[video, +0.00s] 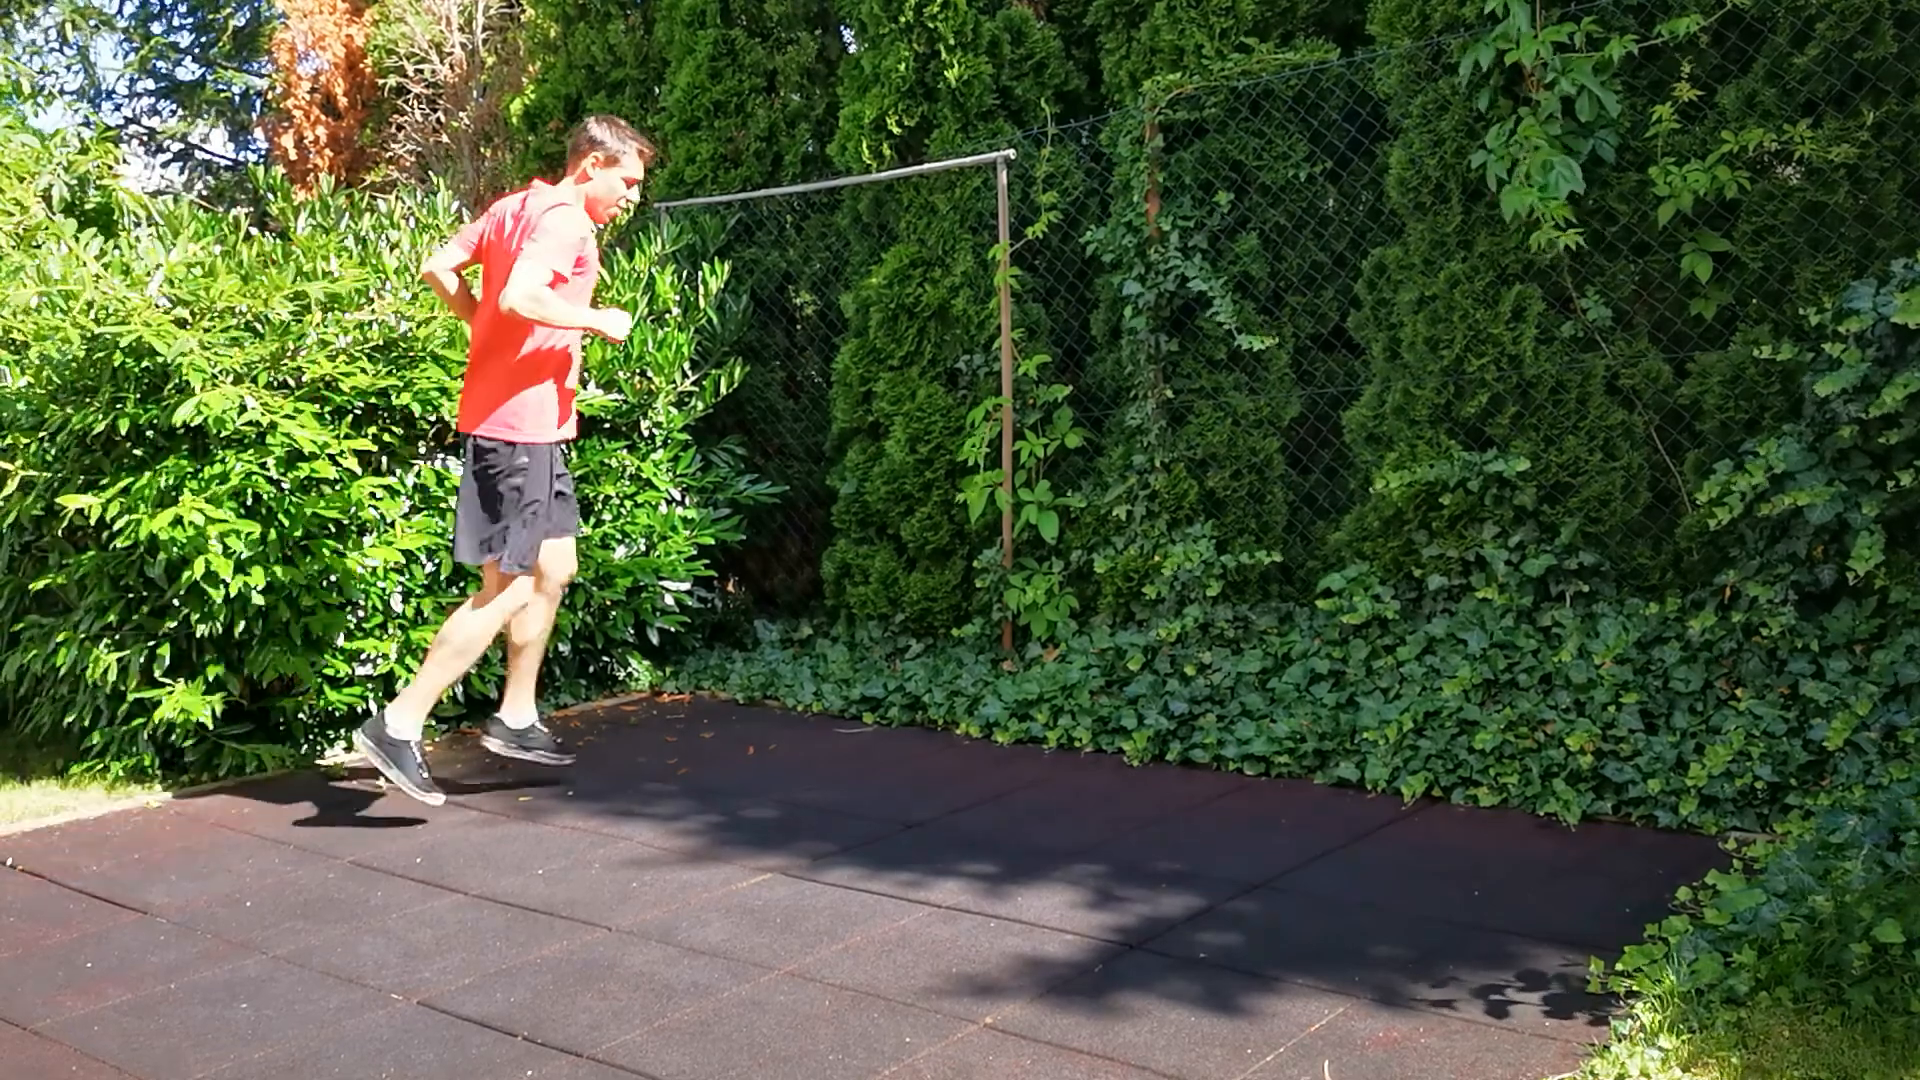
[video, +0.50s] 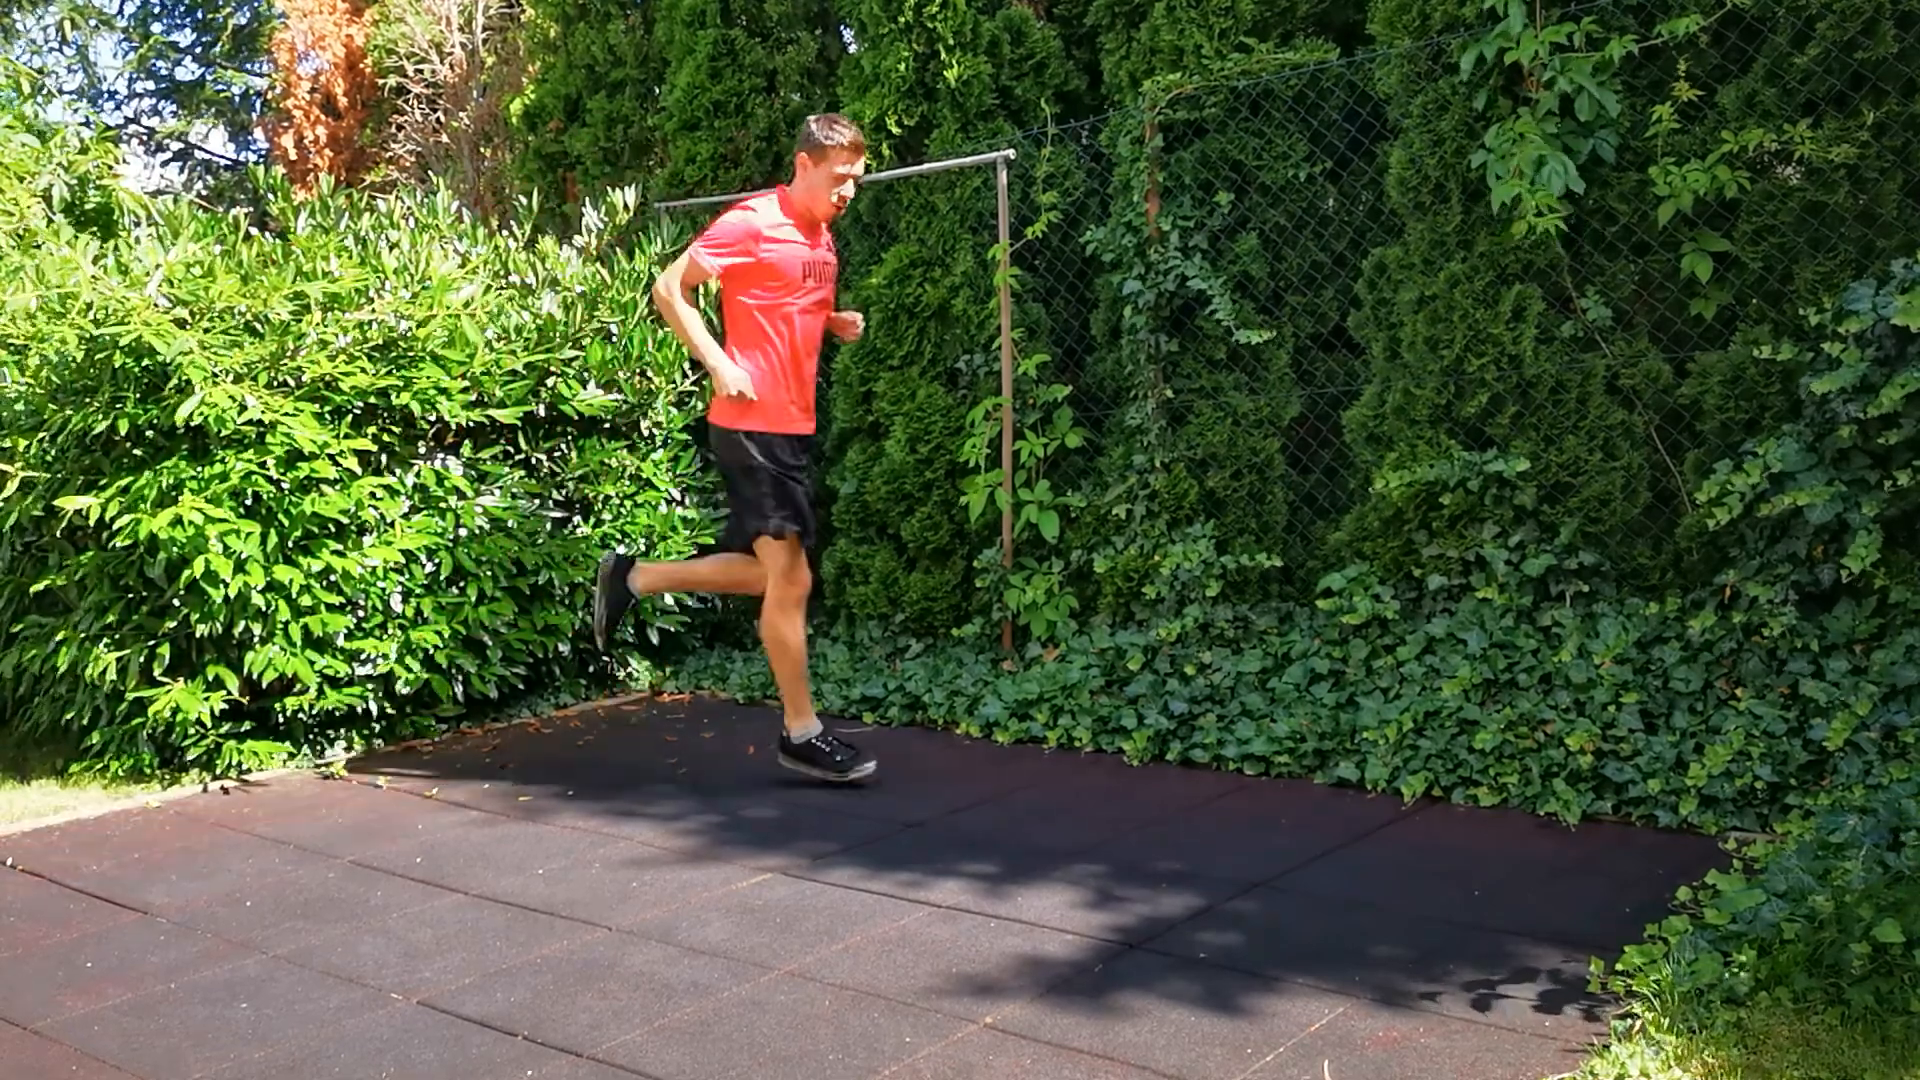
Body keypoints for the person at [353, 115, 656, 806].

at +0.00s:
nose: (633, 198)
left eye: (638, 186)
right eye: (628, 183)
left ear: (583, 171)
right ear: (591, 168)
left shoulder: (519, 203)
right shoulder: (565, 217)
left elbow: (441, 267)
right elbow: (519, 297)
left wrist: (493, 328)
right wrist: (594, 317)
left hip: (528, 429)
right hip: (516, 431)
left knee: (555, 567)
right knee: (505, 590)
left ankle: (516, 718)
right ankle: (399, 726)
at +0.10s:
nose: (673, 221)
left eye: (678, 210)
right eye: (670, 206)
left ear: (630, 193)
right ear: (631, 188)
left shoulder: (574, 226)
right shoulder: (604, 237)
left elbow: (502, 300)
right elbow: (547, 312)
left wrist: (572, 347)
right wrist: (622, 363)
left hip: (575, 440)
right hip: (572, 442)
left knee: (597, 589)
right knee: (577, 604)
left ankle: (612, 730)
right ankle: (419, 584)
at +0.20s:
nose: (715, 255)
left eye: (719, 243)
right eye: (708, 241)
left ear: (682, 233)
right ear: (670, 226)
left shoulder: (660, 285)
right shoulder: (634, 279)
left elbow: (625, 370)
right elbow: (564, 359)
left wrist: (673, 400)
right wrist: (610, 440)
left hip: (652, 487)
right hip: (618, 488)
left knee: (668, 614)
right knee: (636, 641)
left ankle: (612, 748)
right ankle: (546, 523)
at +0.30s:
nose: (759, 232)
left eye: (764, 221)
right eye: (751, 217)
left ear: (746, 215)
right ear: (714, 204)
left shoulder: (713, 274)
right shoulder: (670, 260)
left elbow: (690, 360)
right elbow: (584, 320)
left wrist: (749, 354)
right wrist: (613, 409)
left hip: (685, 466)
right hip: (659, 465)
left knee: (673, 598)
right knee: (733, 599)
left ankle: (616, 738)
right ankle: (579, 571)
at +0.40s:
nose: (803, 193)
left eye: (809, 182)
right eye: (796, 179)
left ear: (801, 178)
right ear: (758, 165)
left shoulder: (770, 234)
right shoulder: (710, 217)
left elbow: (745, 303)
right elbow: (621, 270)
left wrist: (792, 296)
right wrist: (659, 359)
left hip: (728, 421)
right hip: (707, 419)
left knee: (704, 564)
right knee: (775, 562)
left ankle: (625, 692)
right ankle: (675, 678)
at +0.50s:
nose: (848, 194)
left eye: (855, 183)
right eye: (840, 181)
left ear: (848, 179)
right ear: (801, 167)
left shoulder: (820, 232)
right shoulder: (747, 223)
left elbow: (780, 309)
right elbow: (668, 288)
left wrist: (828, 321)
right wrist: (717, 362)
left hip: (792, 427)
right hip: (751, 426)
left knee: (770, 572)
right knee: (789, 579)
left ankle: (631, 577)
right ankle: (801, 732)